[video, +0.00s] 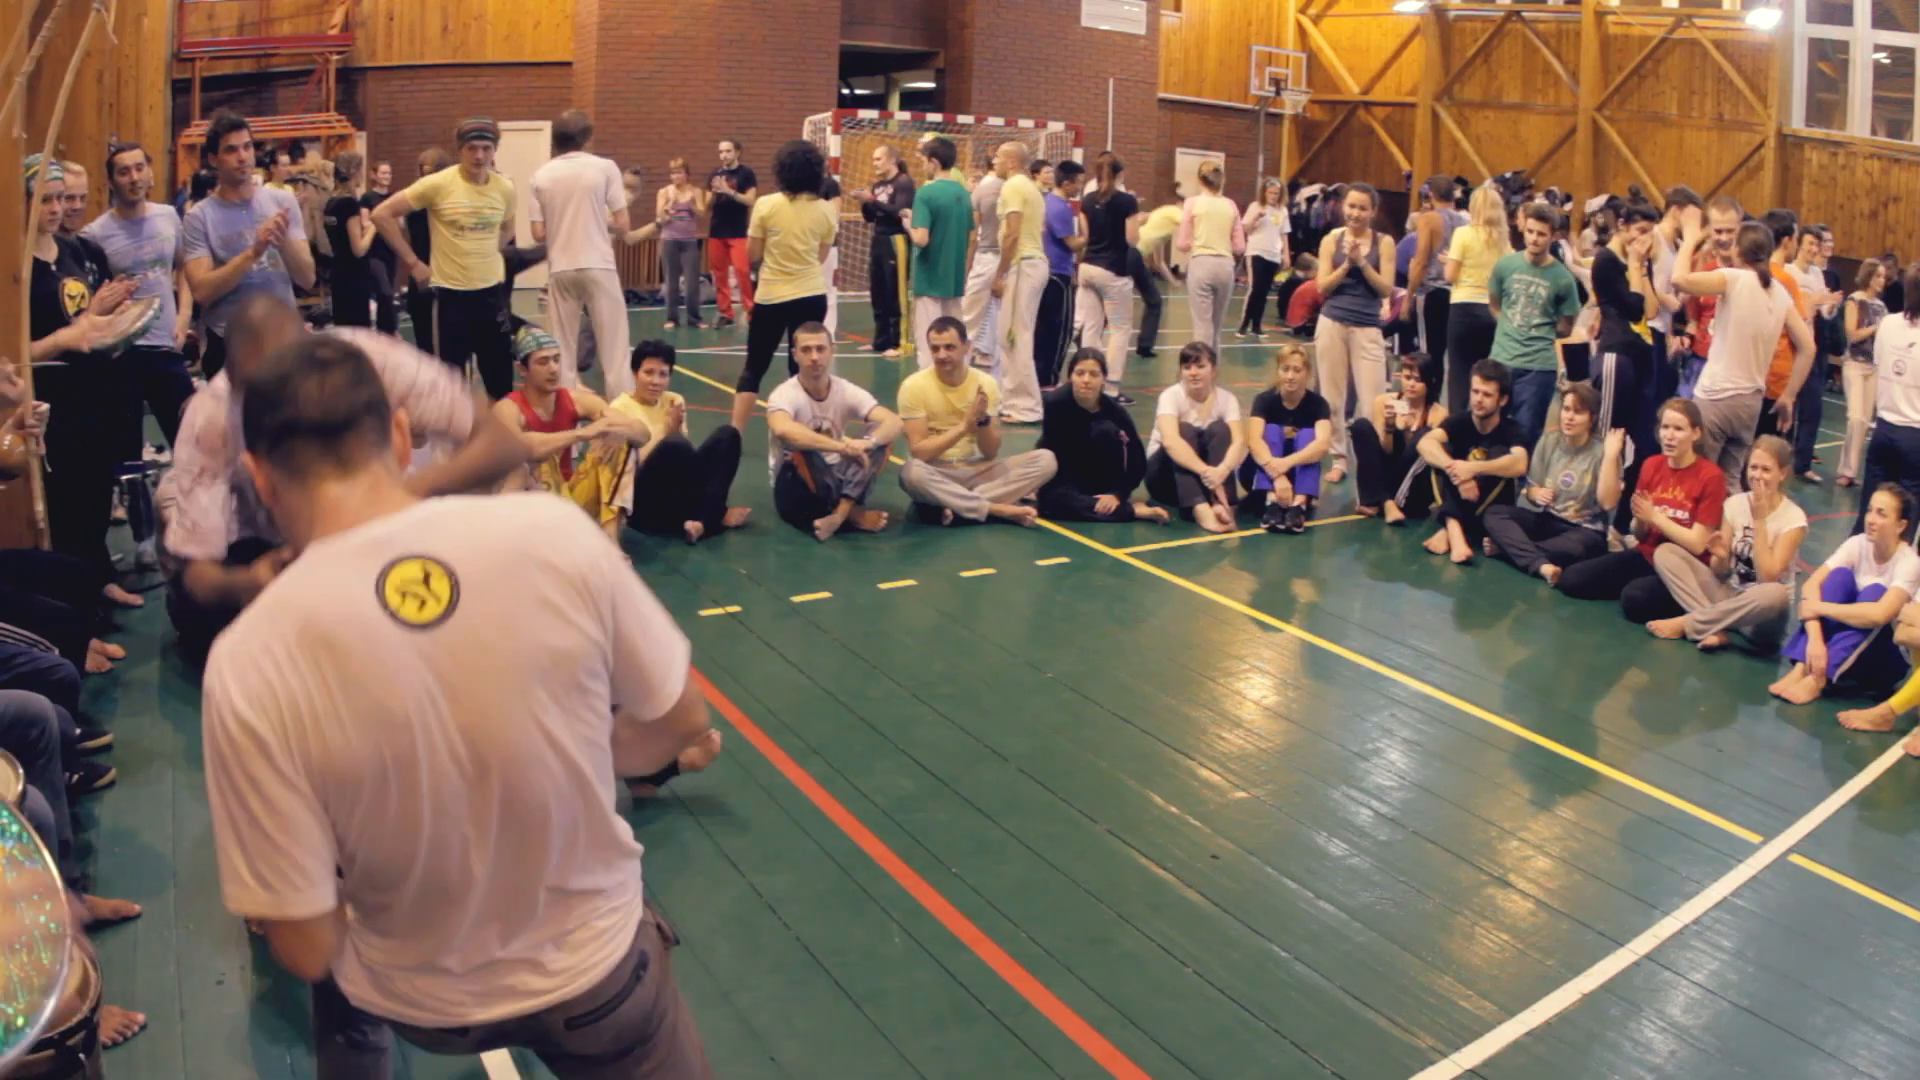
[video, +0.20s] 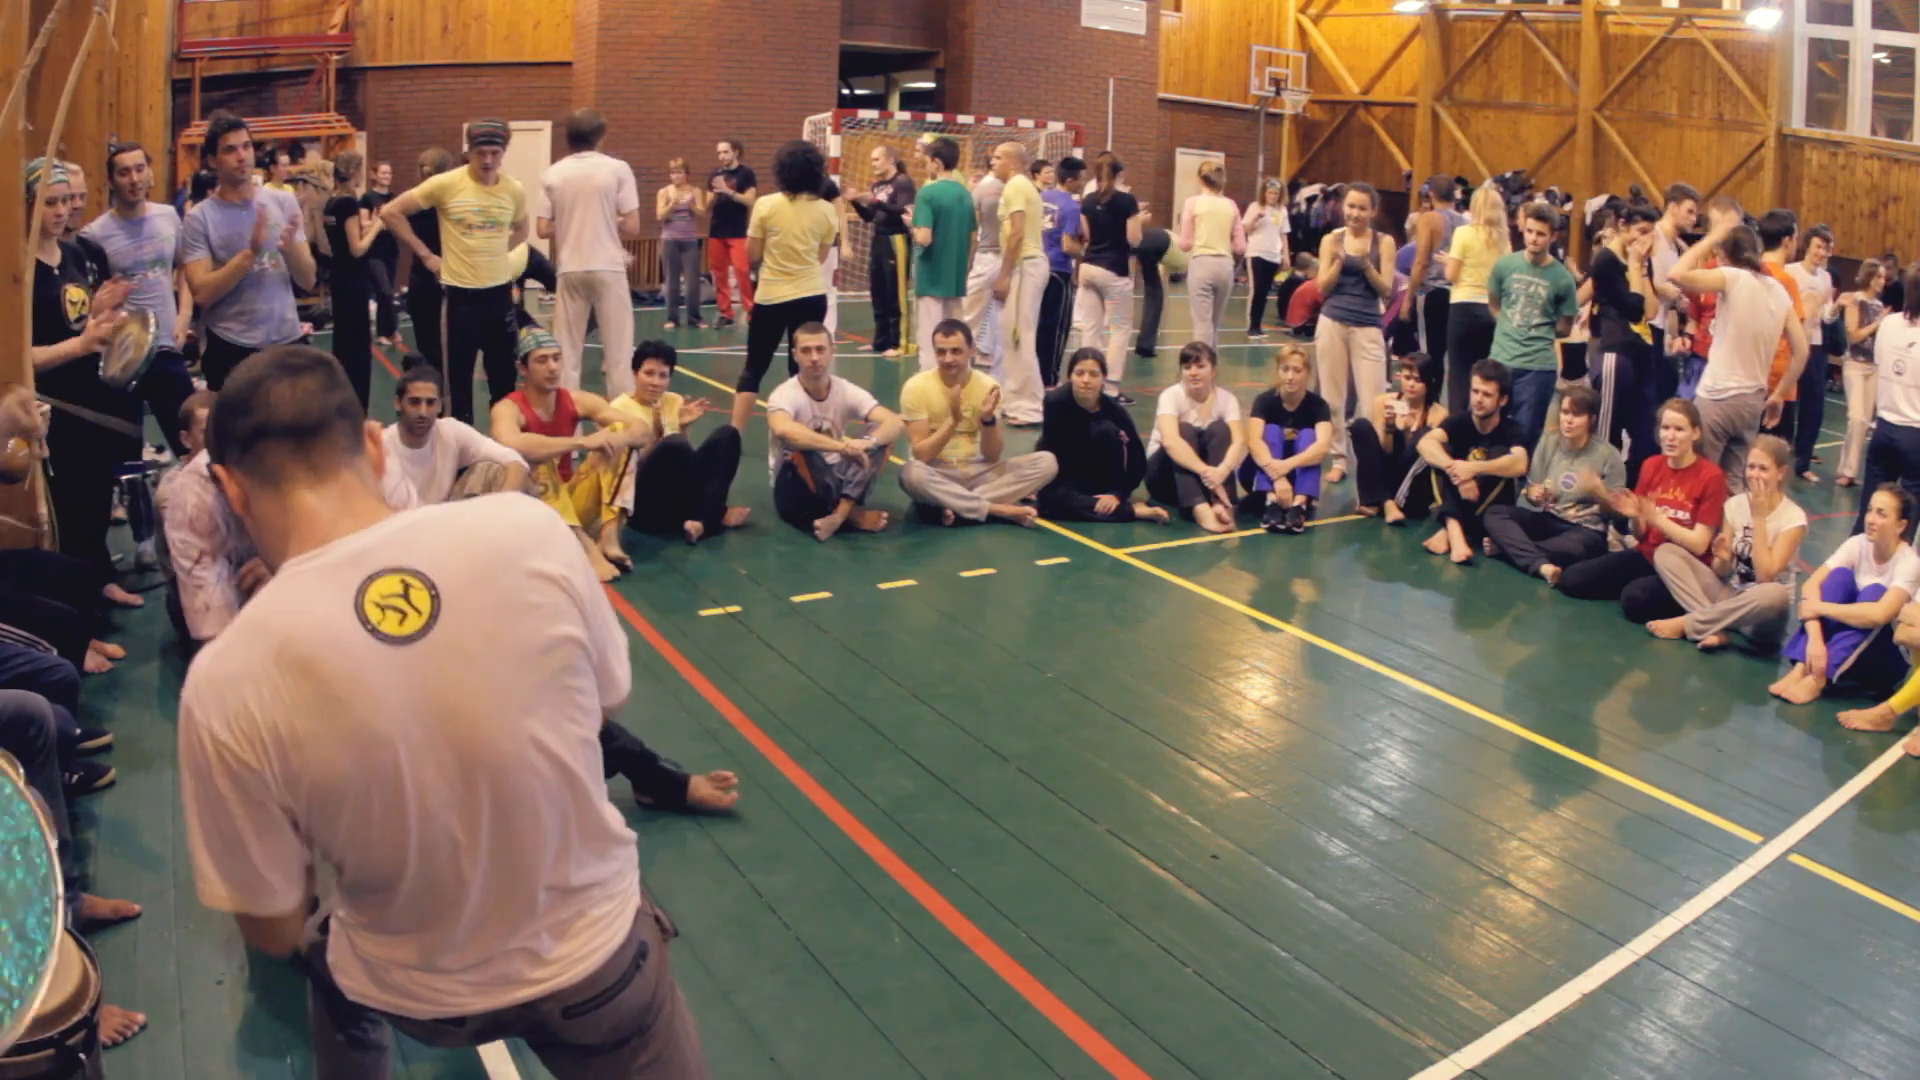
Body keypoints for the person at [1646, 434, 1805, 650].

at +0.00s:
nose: (1757, 475)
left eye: (1766, 470)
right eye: (1753, 468)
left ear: (1783, 474)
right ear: (1746, 469)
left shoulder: (1793, 518)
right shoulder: (1734, 504)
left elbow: (1769, 574)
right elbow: (1719, 571)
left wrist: (1760, 521)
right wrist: (1721, 556)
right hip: (1725, 595)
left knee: (1774, 594)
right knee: (1665, 552)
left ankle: (1686, 624)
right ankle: (1711, 629)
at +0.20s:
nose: (1755, 475)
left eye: (1763, 469)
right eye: (1751, 467)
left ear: (1781, 473)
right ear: (1744, 469)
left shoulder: (1793, 517)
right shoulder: (1734, 505)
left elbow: (1767, 574)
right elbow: (1720, 572)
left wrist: (1759, 519)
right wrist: (1723, 558)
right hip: (1726, 595)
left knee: (1773, 594)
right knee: (1665, 552)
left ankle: (1686, 624)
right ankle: (1711, 629)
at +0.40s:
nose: (1754, 474)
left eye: (1763, 468)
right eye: (1751, 466)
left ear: (1781, 473)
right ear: (1744, 468)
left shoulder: (1793, 516)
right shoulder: (1734, 504)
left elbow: (1767, 573)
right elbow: (1719, 571)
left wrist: (1758, 517)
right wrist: (1723, 558)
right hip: (1727, 595)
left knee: (1773, 594)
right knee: (1665, 552)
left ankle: (1686, 624)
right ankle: (1712, 629)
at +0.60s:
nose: (1754, 473)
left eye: (1763, 468)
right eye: (1751, 465)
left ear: (1781, 473)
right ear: (1744, 467)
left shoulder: (1792, 516)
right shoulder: (1734, 504)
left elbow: (1767, 573)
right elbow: (1719, 570)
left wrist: (1758, 516)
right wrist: (1724, 557)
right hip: (1726, 596)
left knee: (1773, 593)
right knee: (1665, 552)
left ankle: (1686, 624)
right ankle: (1711, 629)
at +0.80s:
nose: (1753, 472)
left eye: (1762, 467)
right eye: (1750, 465)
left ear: (1781, 472)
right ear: (1744, 466)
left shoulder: (1793, 515)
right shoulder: (1735, 503)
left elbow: (1767, 573)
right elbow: (1719, 570)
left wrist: (1759, 516)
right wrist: (1724, 558)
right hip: (1727, 595)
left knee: (1774, 593)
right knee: (1665, 552)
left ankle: (1686, 624)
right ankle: (1711, 629)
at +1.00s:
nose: (1755, 472)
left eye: (1764, 466)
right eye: (1752, 464)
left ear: (1783, 472)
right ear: (1746, 466)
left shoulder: (1794, 516)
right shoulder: (1735, 503)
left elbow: (1768, 572)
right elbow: (1719, 568)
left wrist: (1760, 516)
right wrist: (1724, 557)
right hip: (1726, 595)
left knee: (1774, 594)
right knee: (1666, 552)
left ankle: (1686, 624)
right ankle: (1711, 629)